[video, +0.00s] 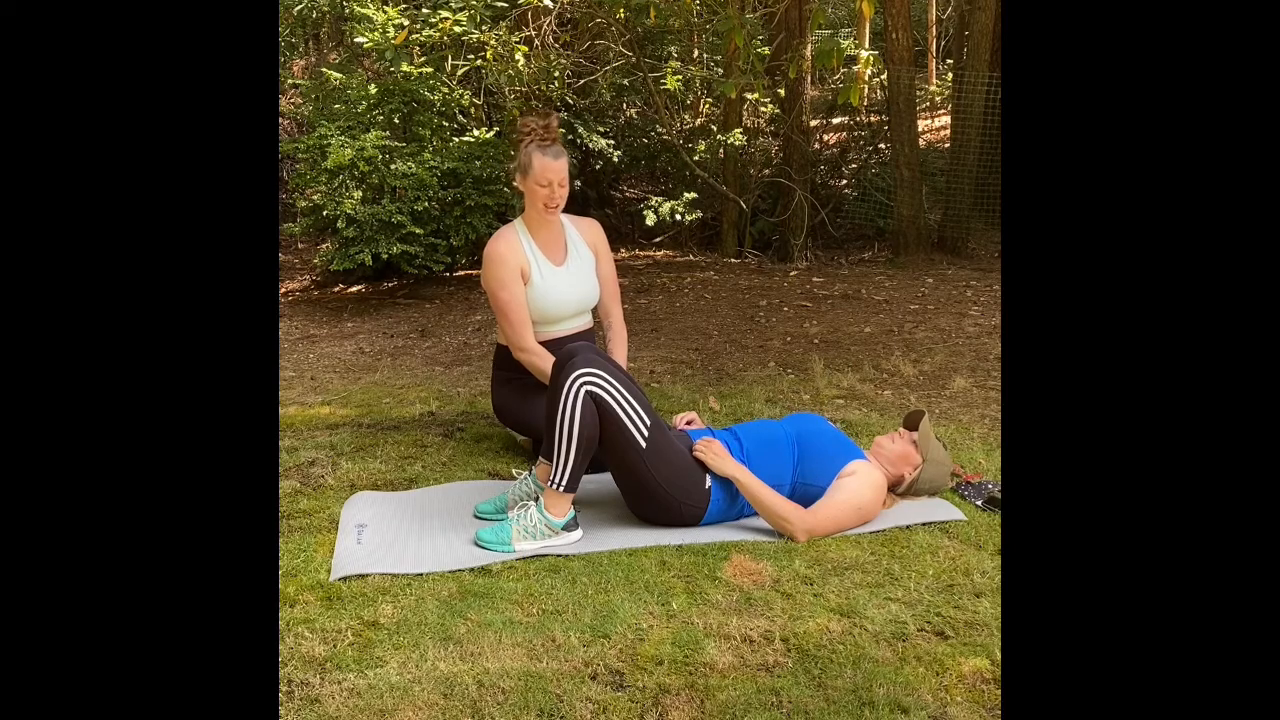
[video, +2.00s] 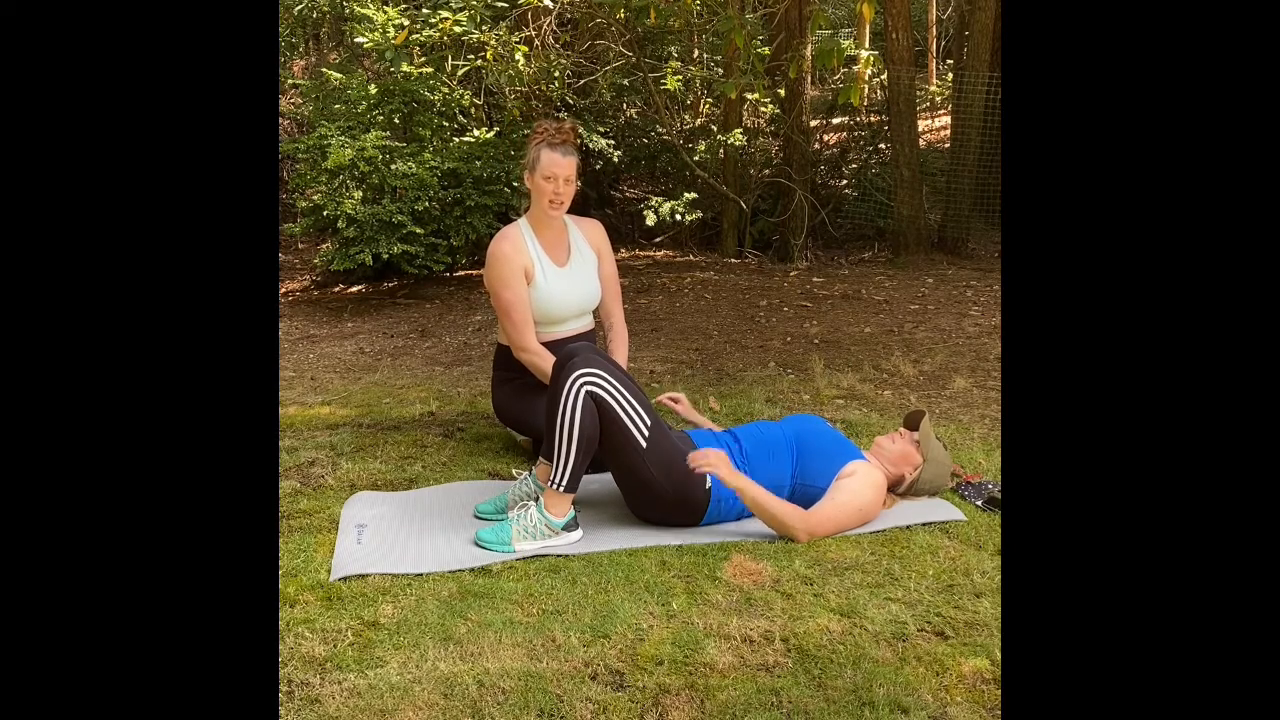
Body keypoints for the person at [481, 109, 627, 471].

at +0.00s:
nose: (555, 194)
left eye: (562, 183)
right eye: (544, 185)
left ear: (570, 180)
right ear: (520, 183)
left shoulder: (589, 232)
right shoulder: (504, 249)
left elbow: (613, 320)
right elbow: (523, 348)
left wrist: (614, 382)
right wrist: (584, 395)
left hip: (584, 366)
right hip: (523, 380)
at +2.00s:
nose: (560, 191)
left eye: (569, 180)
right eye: (550, 179)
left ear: (577, 182)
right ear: (528, 179)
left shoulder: (592, 232)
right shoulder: (507, 248)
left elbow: (614, 322)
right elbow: (524, 347)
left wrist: (614, 385)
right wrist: (589, 397)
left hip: (584, 367)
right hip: (523, 379)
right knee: (600, 444)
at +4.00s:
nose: (554, 187)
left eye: (561, 177)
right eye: (543, 177)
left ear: (568, 178)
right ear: (520, 178)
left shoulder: (585, 232)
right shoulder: (505, 243)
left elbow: (611, 318)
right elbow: (497, 342)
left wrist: (615, 366)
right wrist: (524, 337)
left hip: (585, 364)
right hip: (525, 375)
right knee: (604, 448)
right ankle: (536, 440)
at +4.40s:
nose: (548, 183)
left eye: (556, 174)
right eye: (537, 173)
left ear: (563, 178)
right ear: (515, 175)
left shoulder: (579, 229)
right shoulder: (500, 241)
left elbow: (636, 297)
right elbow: (505, 328)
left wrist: (625, 270)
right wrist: (555, 270)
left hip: (584, 363)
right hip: (524, 375)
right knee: (603, 445)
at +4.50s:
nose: (547, 183)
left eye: (554, 173)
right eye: (536, 173)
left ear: (561, 177)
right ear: (513, 175)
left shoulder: (576, 228)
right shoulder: (498, 241)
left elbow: (639, 292)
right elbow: (507, 325)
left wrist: (625, 265)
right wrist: (557, 264)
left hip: (584, 363)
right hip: (524, 376)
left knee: (650, 435)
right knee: (605, 445)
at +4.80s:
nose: (546, 183)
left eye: (553, 174)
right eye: (535, 173)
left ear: (560, 178)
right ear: (512, 175)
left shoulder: (576, 228)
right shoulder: (497, 242)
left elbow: (637, 296)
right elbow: (504, 323)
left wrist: (624, 268)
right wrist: (555, 266)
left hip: (584, 362)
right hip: (524, 375)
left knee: (644, 437)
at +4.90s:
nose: (547, 182)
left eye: (554, 173)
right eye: (536, 172)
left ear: (560, 178)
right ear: (513, 174)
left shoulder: (577, 228)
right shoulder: (497, 241)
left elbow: (637, 296)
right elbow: (502, 321)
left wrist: (622, 266)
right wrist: (553, 263)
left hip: (583, 362)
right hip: (523, 375)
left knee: (639, 438)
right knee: (594, 442)